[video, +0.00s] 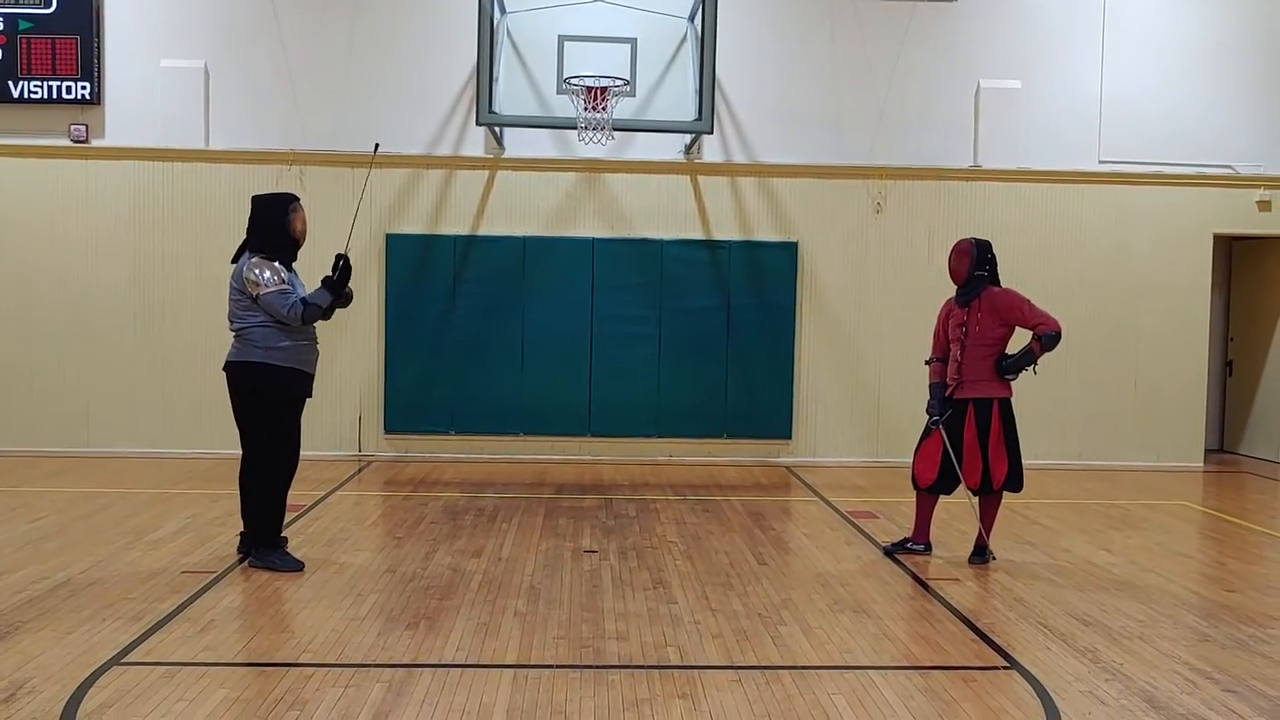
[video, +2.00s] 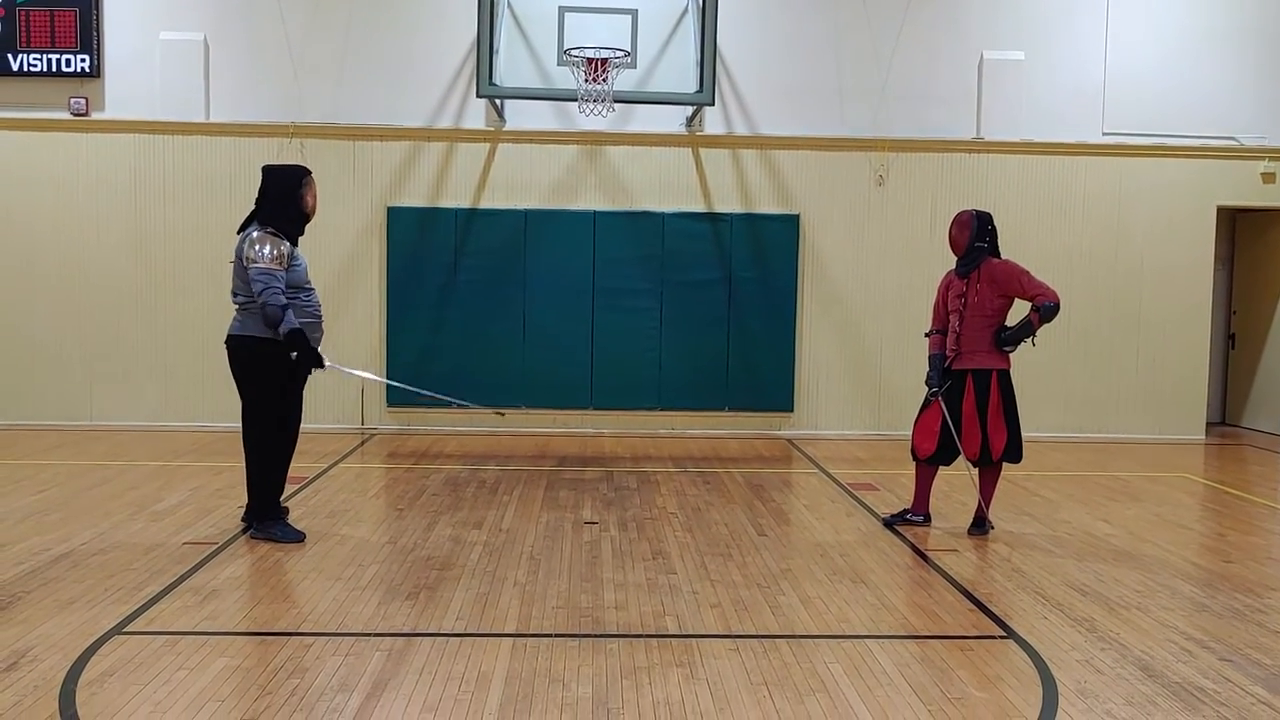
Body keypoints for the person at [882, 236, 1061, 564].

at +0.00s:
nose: (951, 266)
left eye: (957, 259)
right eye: (952, 259)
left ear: (975, 263)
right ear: (970, 264)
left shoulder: (1001, 299)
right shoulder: (950, 307)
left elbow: (1050, 330)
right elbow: (938, 356)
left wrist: (1018, 361)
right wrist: (936, 396)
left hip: (990, 400)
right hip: (952, 401)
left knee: (990, 470)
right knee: (929, 463)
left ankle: (982, 543)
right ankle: (919, 538)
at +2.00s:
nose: (951, 238)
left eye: (957, 231)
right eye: (952, 231)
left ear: (974, 234)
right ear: (972, 235)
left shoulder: (1000, 270)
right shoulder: (950, 279)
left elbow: (1049, 301)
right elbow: (938, 328)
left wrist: (1018, 333)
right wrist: (935, 367)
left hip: (989, 372)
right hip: (951, 372)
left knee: (990, 442)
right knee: (928, 435)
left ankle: (981, 514)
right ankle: (919, 509)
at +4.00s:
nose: (964, 229)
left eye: (970, 222)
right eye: (964, 222)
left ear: (989, 225)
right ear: (974, 226)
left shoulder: (1012, 259)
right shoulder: (965, 270)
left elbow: (1062, 290)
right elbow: (953, 318)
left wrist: (1031, 323)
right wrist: (950, 359)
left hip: (1003, 362)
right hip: (966, 363)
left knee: (1006, 433)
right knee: (943, 426)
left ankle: (999, 505)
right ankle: (936, 501)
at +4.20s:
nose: (962, 226)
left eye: (967, 219)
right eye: (961, 219)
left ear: (987, 220)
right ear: (972, 221)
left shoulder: (1013, 255)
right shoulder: (964, 265)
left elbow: (1062, 286)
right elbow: (952, 314)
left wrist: (1030, 319)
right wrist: (949, 354)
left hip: (1004, 357)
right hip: (966, 358)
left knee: (1006, 428)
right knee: (943, 422)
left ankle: (999, 501)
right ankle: (936, 496)